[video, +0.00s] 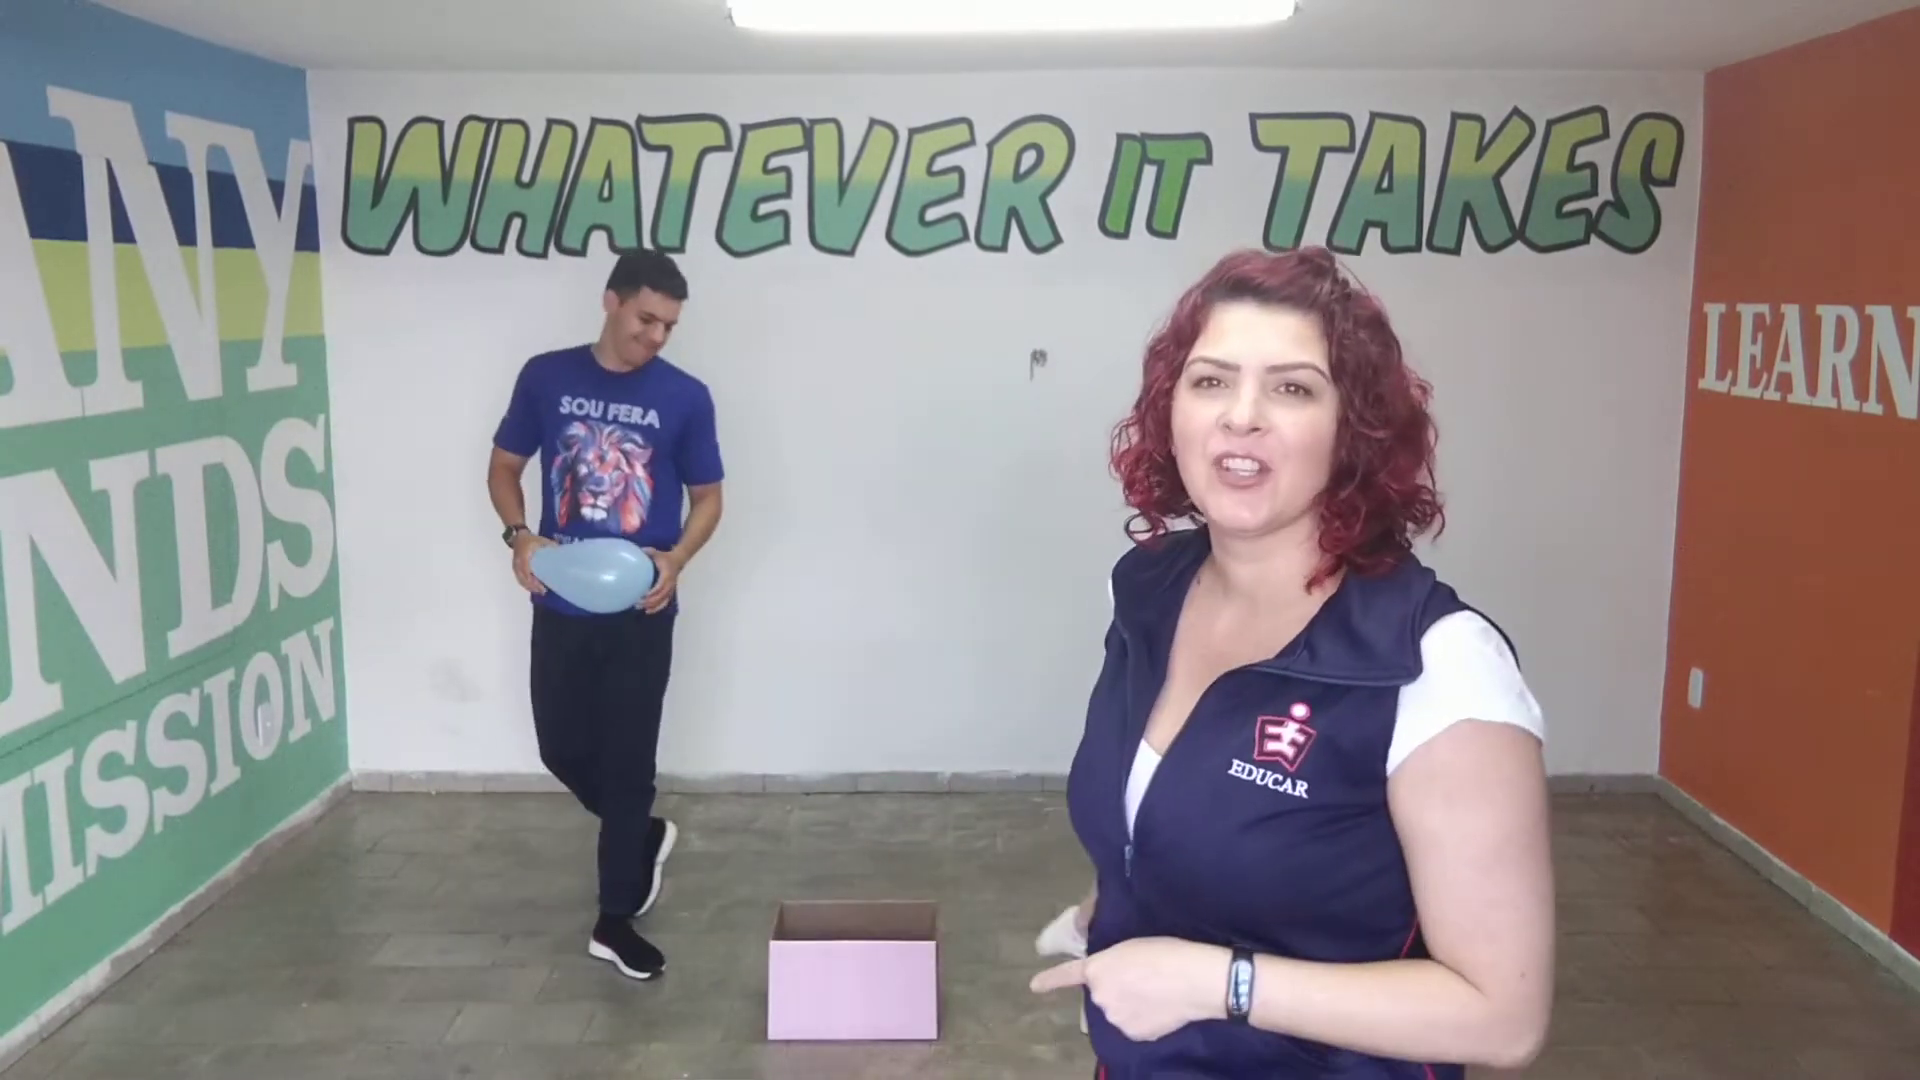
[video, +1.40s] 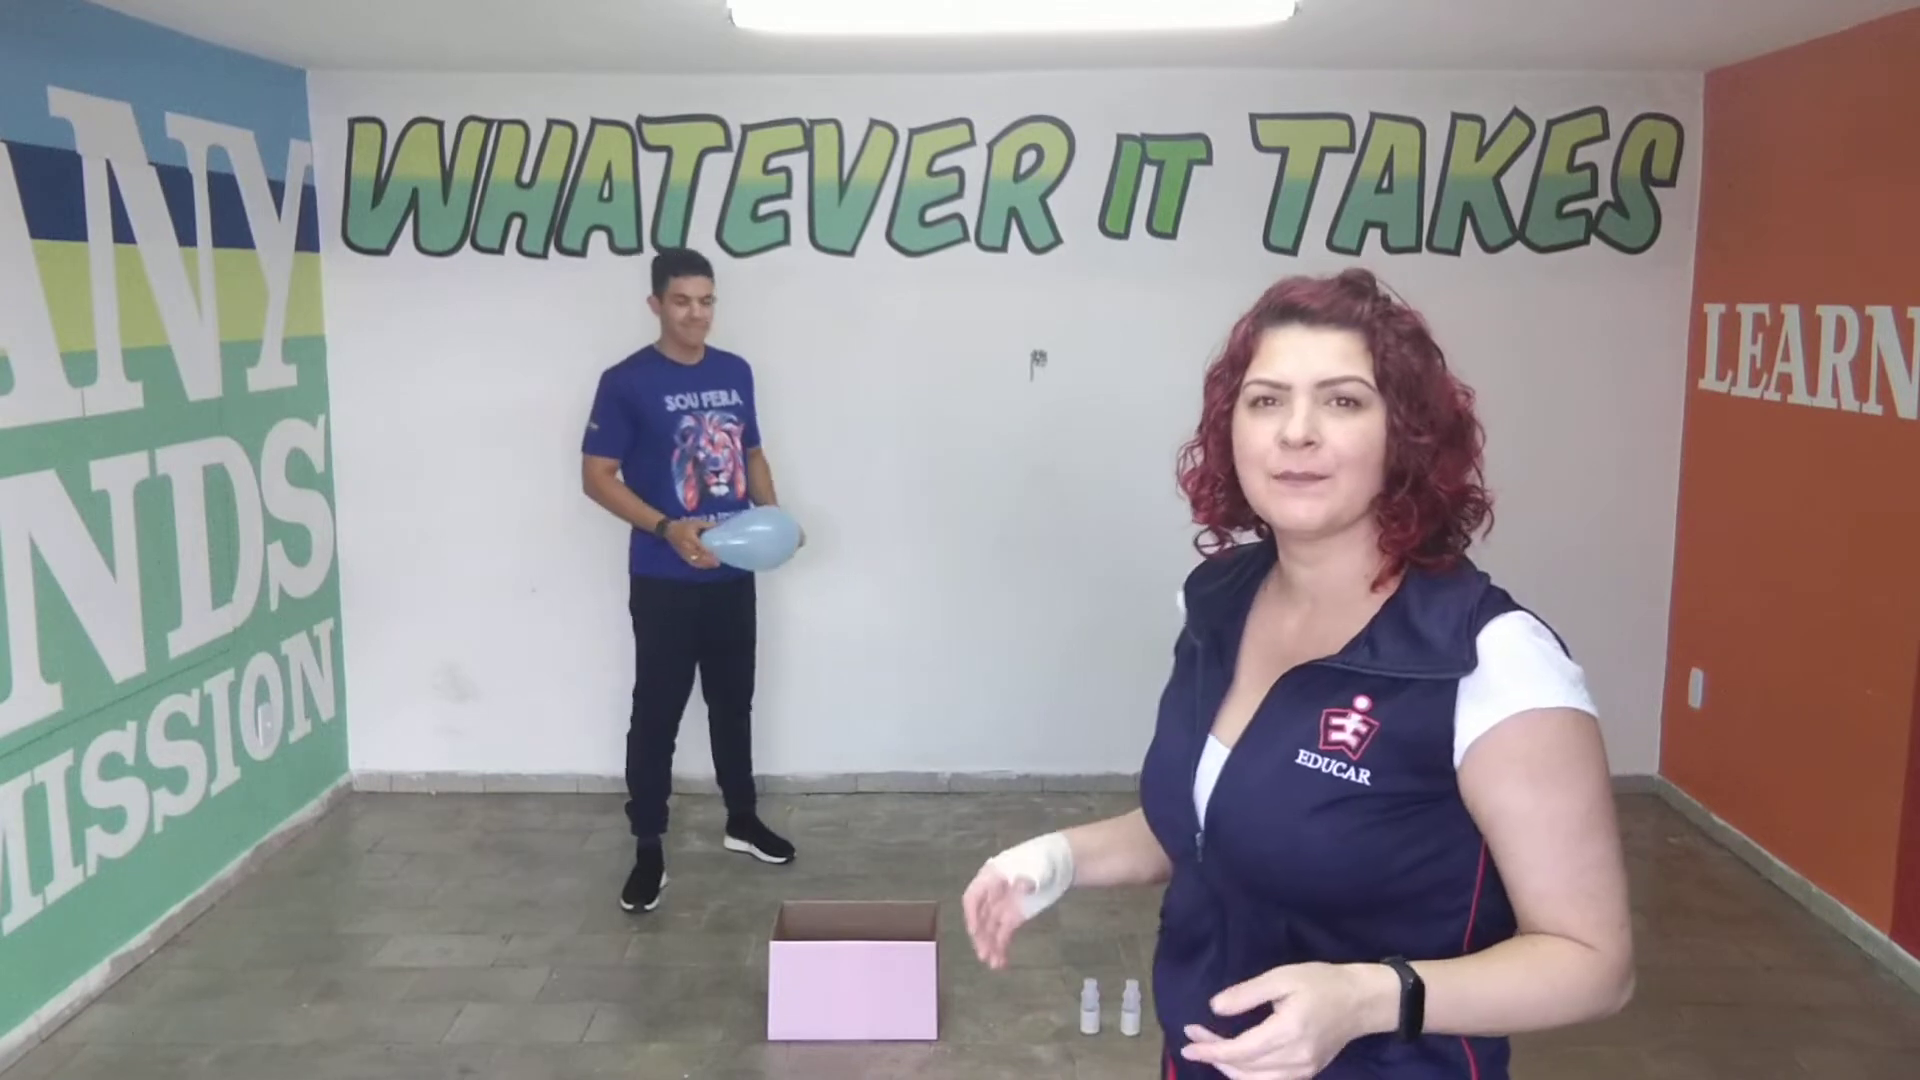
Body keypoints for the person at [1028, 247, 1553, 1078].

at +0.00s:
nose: (1241, 419)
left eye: (1292, 389)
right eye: (1210, 382)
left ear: (1353, 426)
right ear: (1170, 409)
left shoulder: (1440, 664)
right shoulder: (1153, 585)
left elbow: (1503, 1017)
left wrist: (1218, 982)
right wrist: (1114, 913)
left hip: (1328, 1060)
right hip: (1133, 1054)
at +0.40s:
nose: (1296, 433)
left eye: (1346, 406)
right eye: (1270, 399)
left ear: (1408, 443)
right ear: (1230, 426)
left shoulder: (1509, 672)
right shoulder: (1217, 602)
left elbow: (1581, 989)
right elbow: (1203, 823)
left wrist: (1320, 968)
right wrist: (1100, 971)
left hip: (1427, 1061)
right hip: (1227, 1056)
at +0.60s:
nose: (1357, 426)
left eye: (1401, 402)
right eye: (1324, 390)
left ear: (1442, 444)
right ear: (1267, 419)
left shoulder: (1521, 658)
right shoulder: (1231, 595)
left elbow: (1614, 949)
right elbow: (1246, 808)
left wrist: (1388, 1017)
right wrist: (1129, 926)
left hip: (1440, 1063)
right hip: (1246, 1054)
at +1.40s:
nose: (1296, 432)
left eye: (1341, 401)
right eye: (1266, 401)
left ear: (1403, 431)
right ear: (1230, 428)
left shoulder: (1492, 658)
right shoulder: (1222, 600)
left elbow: (1592, 963)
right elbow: (1200, 820)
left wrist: (1372, 1002)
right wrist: (1061, 859)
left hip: (1389, 1062)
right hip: (1199, 1056)